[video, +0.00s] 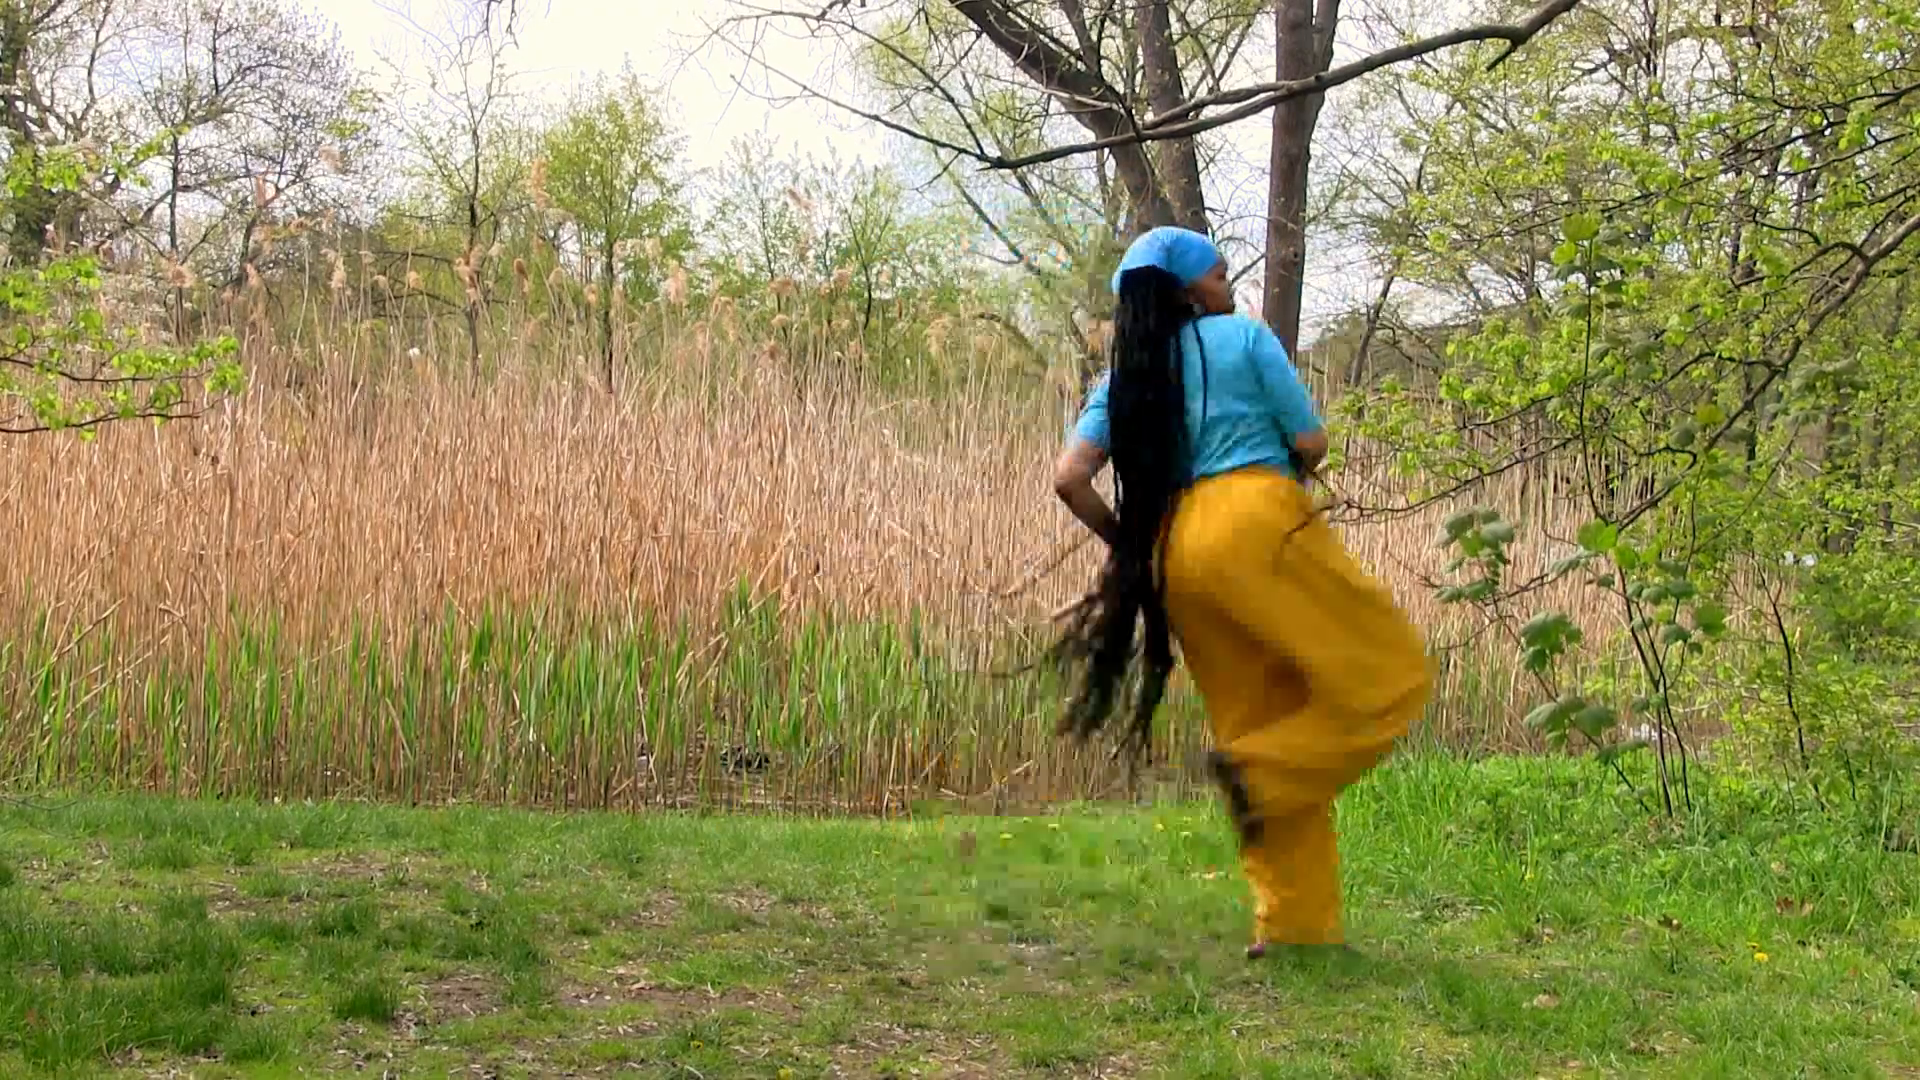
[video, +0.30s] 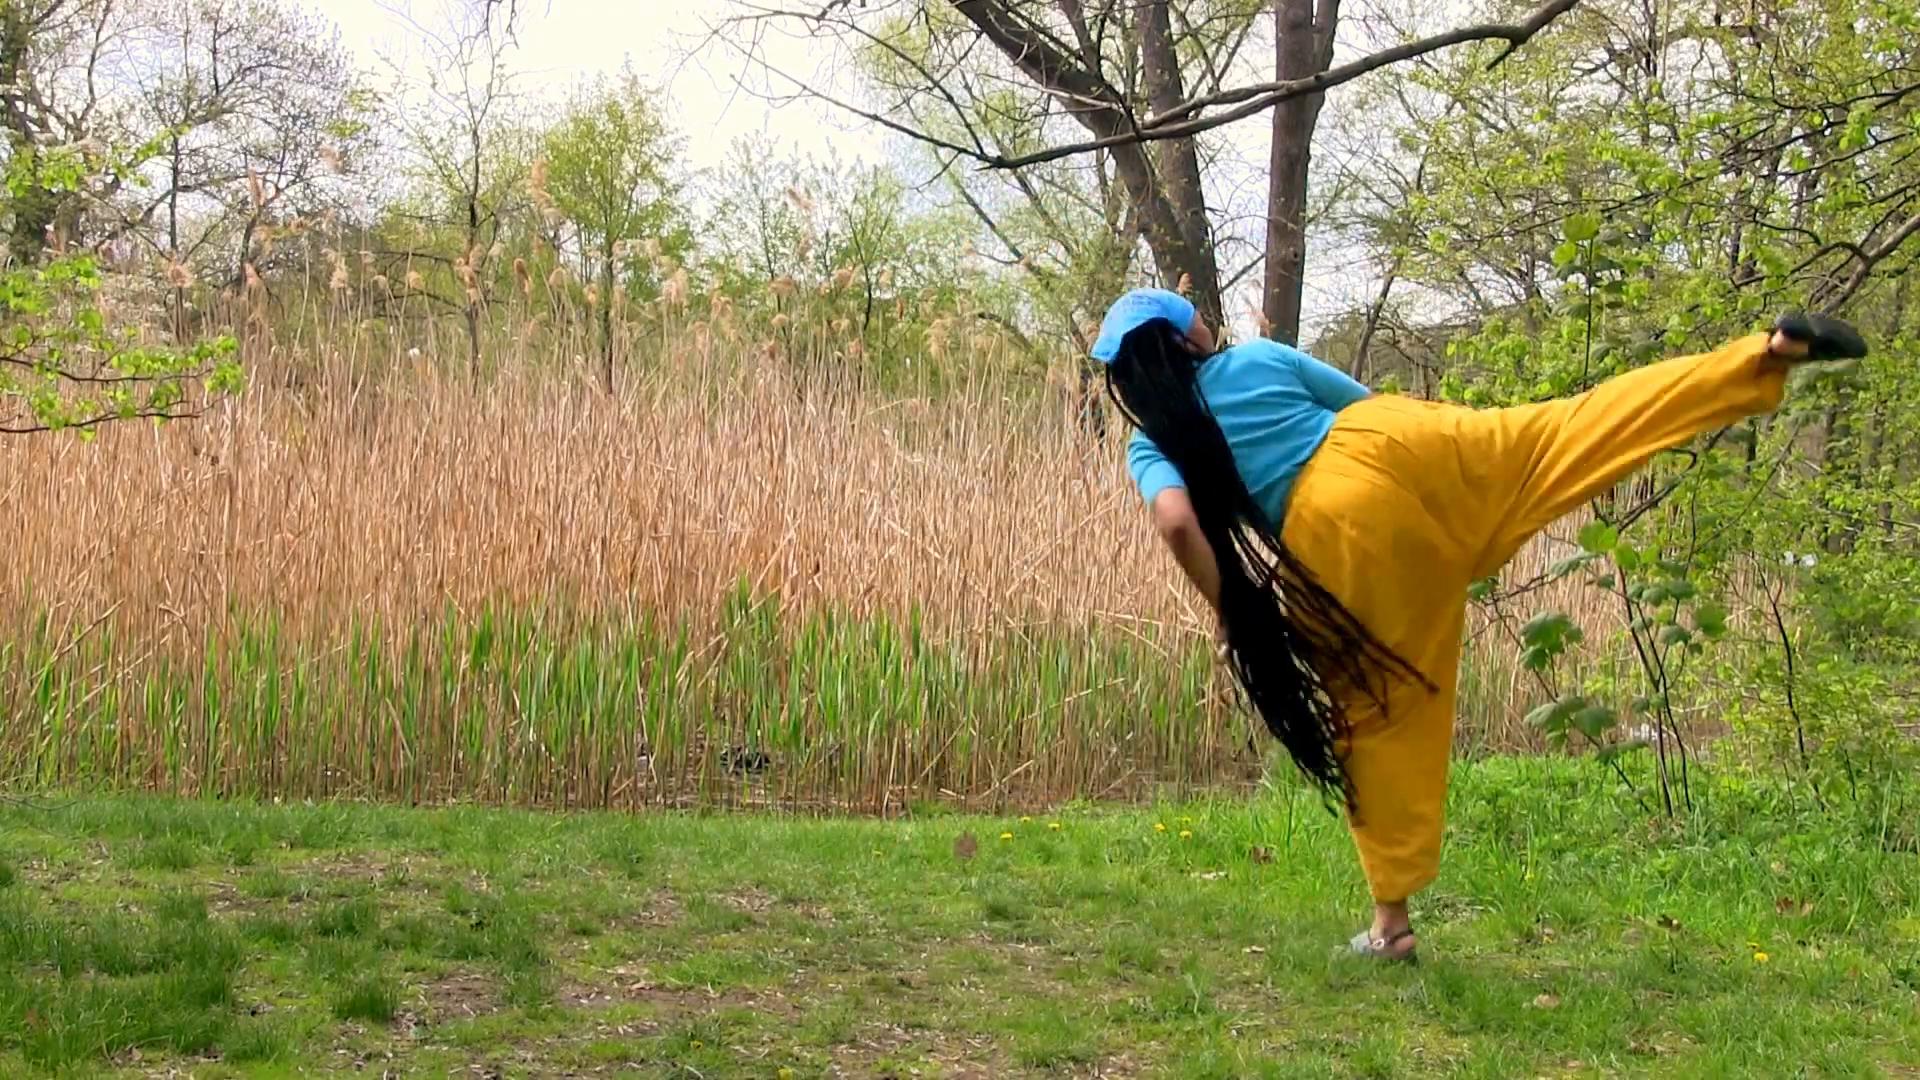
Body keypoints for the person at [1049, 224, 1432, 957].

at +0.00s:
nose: (1228, 285)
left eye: (1221, 272)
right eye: (1216, 275)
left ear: (1151, 298)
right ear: (1187, 289)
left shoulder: (1128, 371)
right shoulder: (1242, 336)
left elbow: (1071, 479)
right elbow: (1309, 442)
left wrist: (1125, 542)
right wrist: (1286, 474)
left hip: (1174, 547)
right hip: (1258, 525)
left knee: (1257, 736)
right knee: (1398, 673)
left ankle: (1290, 924)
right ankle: (1260, 766)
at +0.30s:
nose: (1207, 321)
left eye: (1192, 317)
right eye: (1197, 317)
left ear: (1126, 375)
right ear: (1188, 334)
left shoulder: (1145, 439)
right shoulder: (1258, 354)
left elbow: (1177, 518)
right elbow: (1361, 404)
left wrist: (1230, 615)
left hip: (1325, 514)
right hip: (1386, 435)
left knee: (1385, 706)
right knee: (1561, 430)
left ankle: (1390, 925)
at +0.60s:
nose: (1189, 321)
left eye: (1200, 309)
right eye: (1192, 307)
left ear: (1243, 319)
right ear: (1257, 315)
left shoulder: (1225, 403)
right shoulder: (1339, 346)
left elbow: (1228, 531)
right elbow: (1396, 418)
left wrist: (1181, 579)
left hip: (1377, 538)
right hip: (1452, 494)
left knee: (1377, 735)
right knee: (1462, 661)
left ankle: (1393, 929)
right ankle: (1577, 650)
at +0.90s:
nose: (1321, 248)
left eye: (1335, 236)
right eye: (1326, 236)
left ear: (1376, 250)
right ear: (1371, 253)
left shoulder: (1375, 307)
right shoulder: (1356, 321)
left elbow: (1248, 337)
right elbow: (1277, 394)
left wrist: (1259, 307)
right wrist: (1194, 365)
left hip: (1388, 523)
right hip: (1331, 499)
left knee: (1349, 717)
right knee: (1188, 547)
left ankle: (1401, 919)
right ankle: (1288, 685)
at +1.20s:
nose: (1315, 324)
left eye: (1331, 314)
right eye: (1318, 311)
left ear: (1379, 331)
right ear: (1348, 326)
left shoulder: (1441, 412)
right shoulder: (1301, 386)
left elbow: (1483, 516)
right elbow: (1235, 482)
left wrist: (1374, 513)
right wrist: (1158, 551)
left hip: (1381, 609)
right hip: (1269, 577)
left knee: (1355, 776)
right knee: (1161, 712)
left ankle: (1359, 928)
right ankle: (1107, 859)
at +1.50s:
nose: (1232, 309)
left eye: (1249, 301)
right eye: (1235, 297)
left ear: (1295, 323)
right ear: (1248, 313)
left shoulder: (1347, 396)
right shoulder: (1211, 367)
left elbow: (1456, 412)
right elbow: (1124, 405)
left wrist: (1427, 323)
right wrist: (1081, 362)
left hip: (1276, 583)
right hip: (1174, 558)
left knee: (1313, 767)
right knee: (1058, 674)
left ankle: (1364, 924)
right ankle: (1054, 830)